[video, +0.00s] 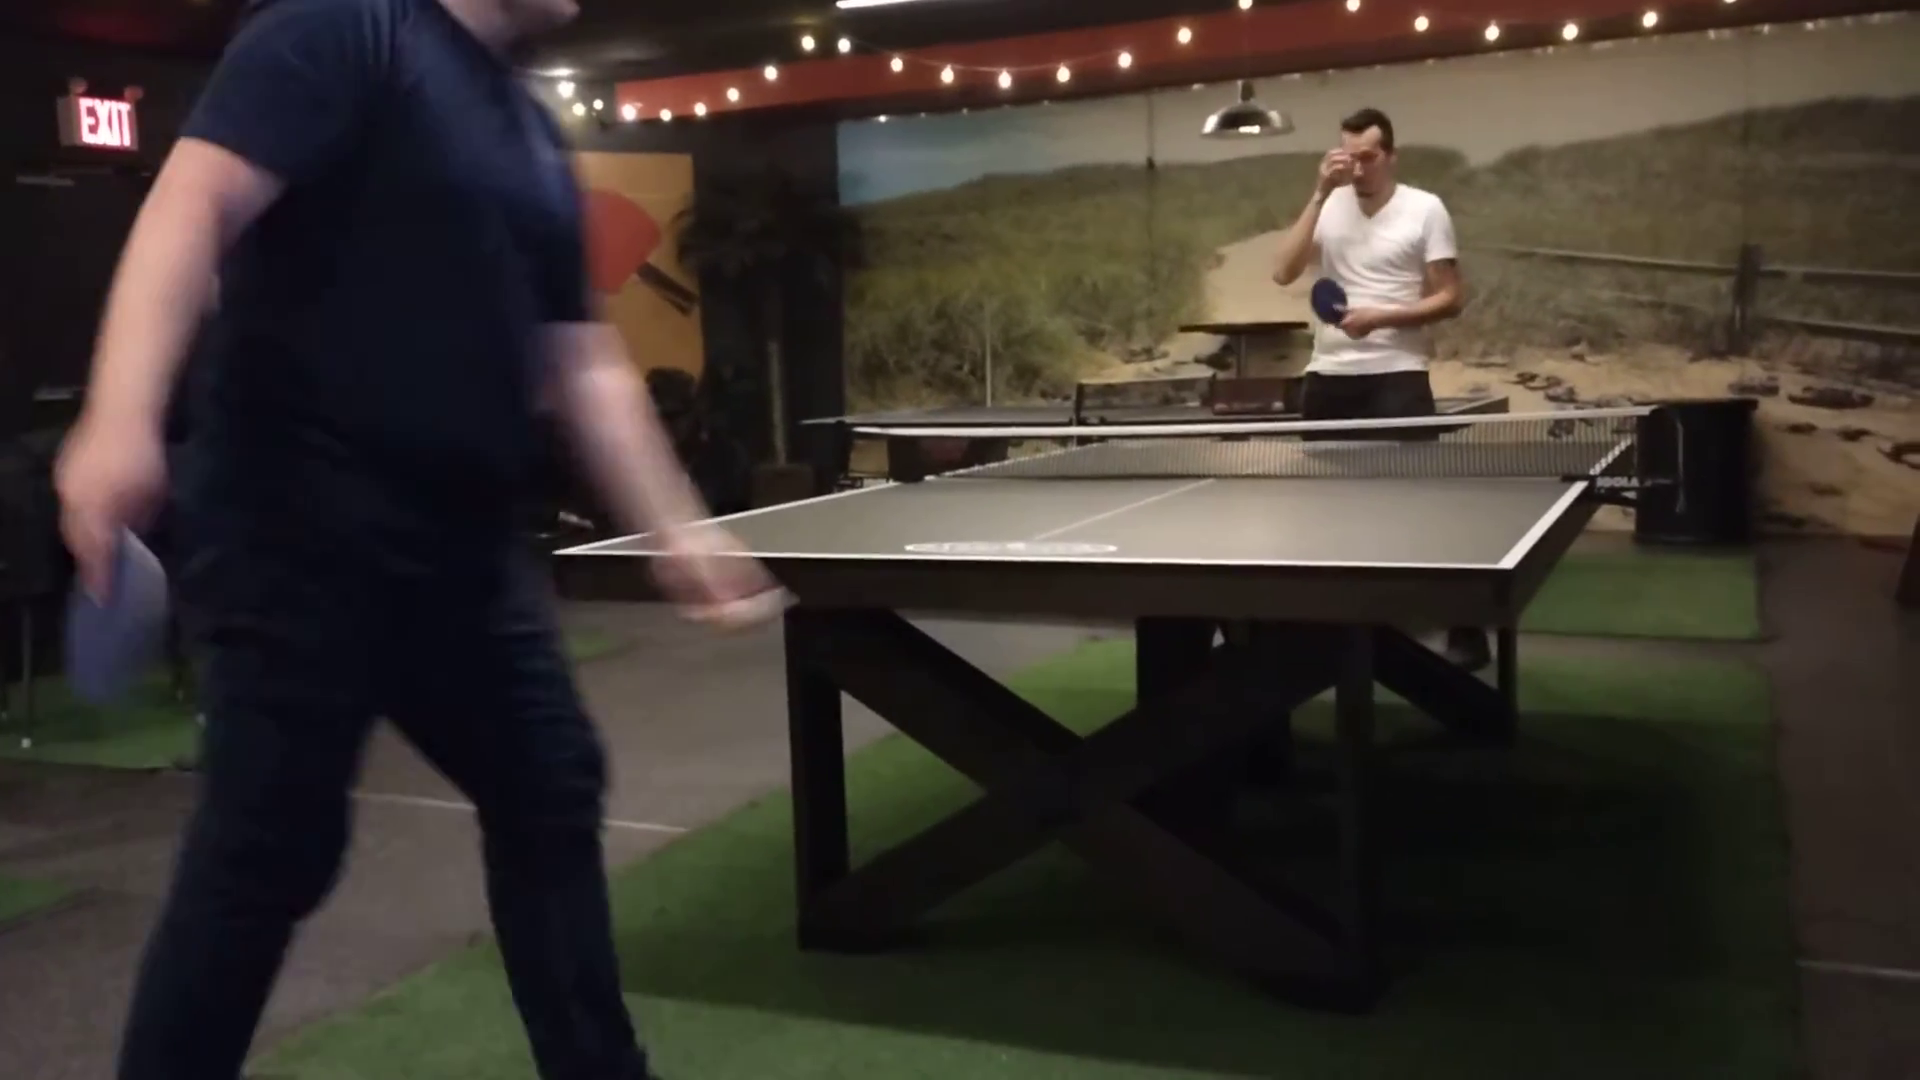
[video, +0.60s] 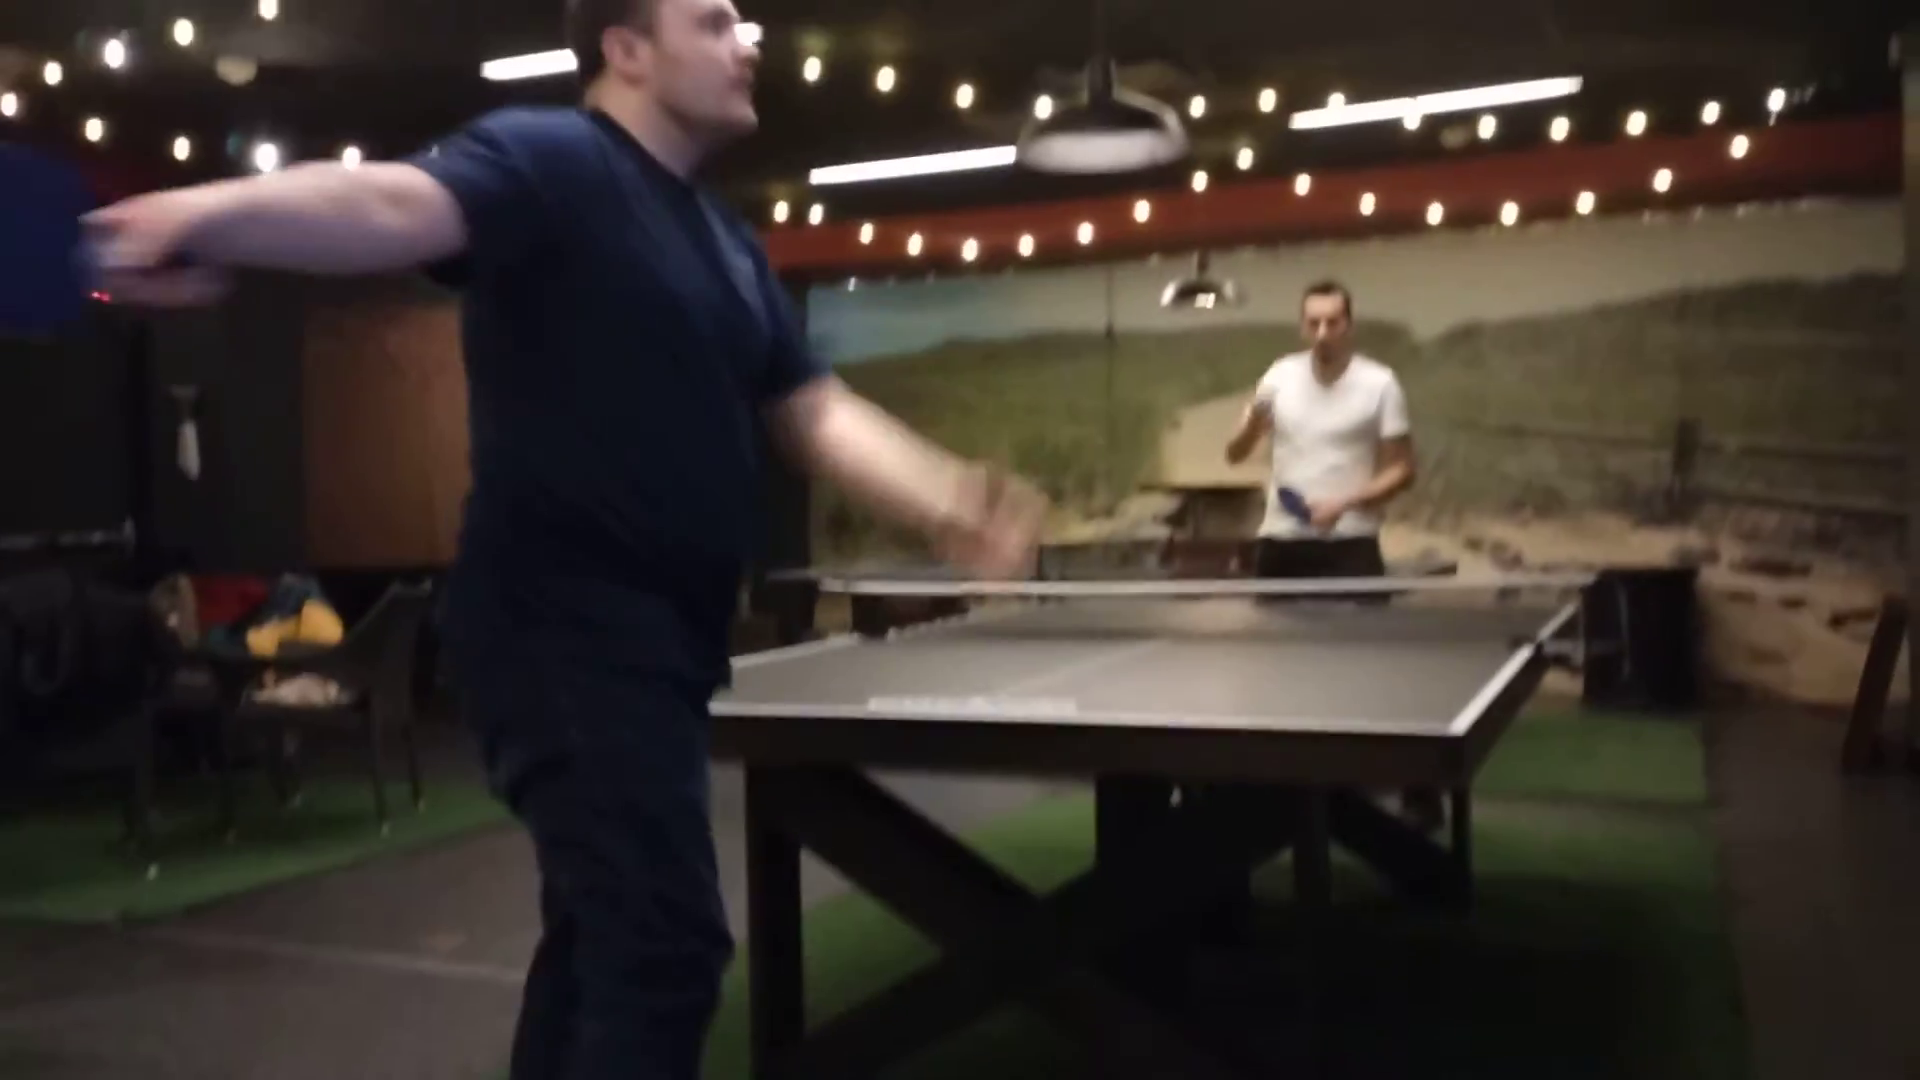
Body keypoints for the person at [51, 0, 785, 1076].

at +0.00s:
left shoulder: (525, 125)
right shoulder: (339, 32)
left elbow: (584, 356)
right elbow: (191, 201)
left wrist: (677, 527)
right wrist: (119, 420)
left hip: (454, 556)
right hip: (289, 541)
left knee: (547, 787)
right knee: (263, 848)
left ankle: (596, 1066)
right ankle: (172, 1066)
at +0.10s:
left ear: (588, 9)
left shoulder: (603, 132)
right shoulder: (379, 26)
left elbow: (693, 321)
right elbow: (211, 163)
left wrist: (833, 457)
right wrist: (75, 311)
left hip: (517, 537)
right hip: (353, 517)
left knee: (590, 782)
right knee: (365, 827)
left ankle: (595, 1063)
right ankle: (218, 1062)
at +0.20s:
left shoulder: (660, 93)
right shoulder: (411, 21)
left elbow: (771, 271)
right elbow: (232, 135)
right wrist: (50, 257)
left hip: (577, 500)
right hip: (416, 480)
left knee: (610, 786)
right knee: (464, 800)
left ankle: (594, 1064)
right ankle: (262, 1067)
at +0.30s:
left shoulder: (702, 82)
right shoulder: (452, 30)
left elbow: (837, 211)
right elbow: (250, 122)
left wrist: (988, 129)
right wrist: (47, 215)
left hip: (617, 498)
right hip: (464, 479)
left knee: (622, 800)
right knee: (552, 794)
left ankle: (592, 1064)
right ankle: (344, 1060)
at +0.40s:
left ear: (691, 1)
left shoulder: (725, 140)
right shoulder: (491, 78)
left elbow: (859, 264)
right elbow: (292, 167)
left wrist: (1012, 199)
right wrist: (65, 236)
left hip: (651, 549)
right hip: (507, 535)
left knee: (616, 849)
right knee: (613, 842)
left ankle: (553, 1063)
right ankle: (495, 1059)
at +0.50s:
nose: (737, 15)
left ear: (669, 25)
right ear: (613, 9)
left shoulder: (736, 200)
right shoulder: (520, 119)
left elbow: (852, 338)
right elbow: (335, 187)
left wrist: (998, 341)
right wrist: (113, 222)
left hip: (659, 600)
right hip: (530, 584)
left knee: (608, 898)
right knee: (650, 897)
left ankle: (565, 1068)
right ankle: (566, 1076)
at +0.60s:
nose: (748, 41)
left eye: (742, 21)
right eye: (713, 17)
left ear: (667, 56)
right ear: (626, 50)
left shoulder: (729, 249)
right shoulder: (555, 156)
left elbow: (816, 410)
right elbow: (395, 206)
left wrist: (956, 498)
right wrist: (205, 216)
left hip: (661, 643)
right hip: (556, 633)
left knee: (602, 947)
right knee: (666, 952)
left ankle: (552, 1078)